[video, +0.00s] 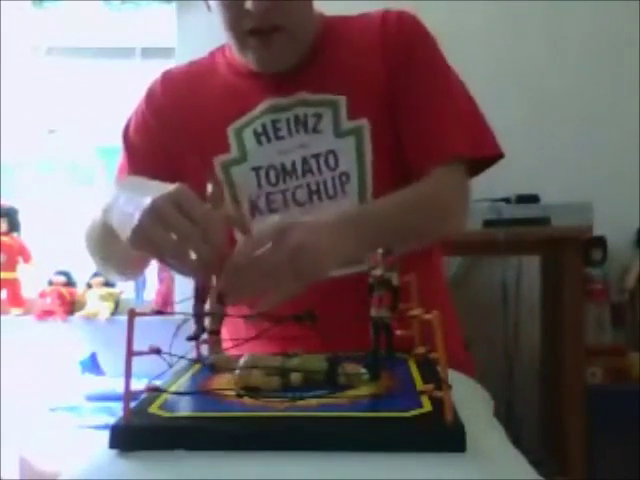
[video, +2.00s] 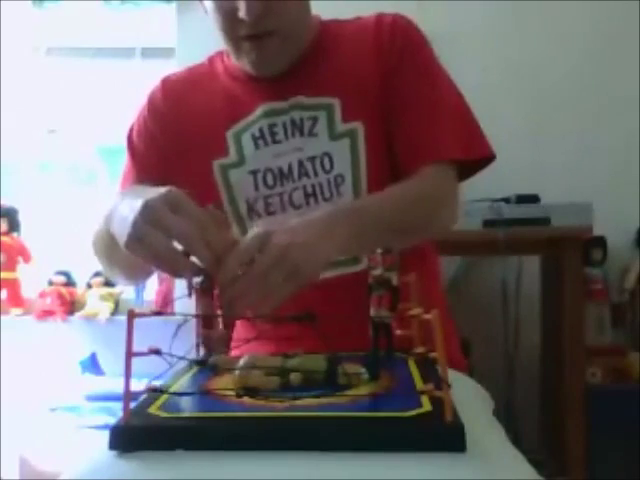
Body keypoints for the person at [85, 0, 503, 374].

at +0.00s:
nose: (255, 7)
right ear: (212, 4)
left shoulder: (391, 42)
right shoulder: (174, 98)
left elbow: (447, 202)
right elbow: (115, 260)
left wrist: (327, 242)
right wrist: (124, 208)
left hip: (409, 371)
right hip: (253, 382)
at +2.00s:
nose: (245, 12)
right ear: (205, 4)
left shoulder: (386, 46)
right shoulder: (173, 104)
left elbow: (439, 202)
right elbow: (123, 266)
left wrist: (320, 236)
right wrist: (124, 214)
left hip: (403, 367)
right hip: (256, 377)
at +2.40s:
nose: (242, 17)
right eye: (221, 1)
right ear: (202, 4)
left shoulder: (385, 46)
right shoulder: (171, 105)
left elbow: (433, 200)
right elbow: (122, 268)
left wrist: (327, 246)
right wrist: (121, 220)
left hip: (400, 379)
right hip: (242, 393)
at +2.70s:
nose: (240, 17)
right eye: (219, 0)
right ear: (200, 3)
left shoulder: (382, 45)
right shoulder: (169, 105)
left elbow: (433, 199)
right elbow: (123, 270)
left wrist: (329, 246)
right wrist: (118, 223)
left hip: (399, 378)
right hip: (244, 393)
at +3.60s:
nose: (237, 11)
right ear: (202, 8)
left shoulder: (382, 42)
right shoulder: (173, 105)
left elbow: (397, 184)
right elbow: (129, 270)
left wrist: (284, 265)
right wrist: (122, 215)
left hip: (399, 382)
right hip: (242, 398)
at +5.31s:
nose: (249, 12)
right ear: (201, 8)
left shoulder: (393, 50)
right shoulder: (179, 114)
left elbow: (484, 159)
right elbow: (149, 282)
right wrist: (90, 260)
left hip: (417, 370)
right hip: (268, 391)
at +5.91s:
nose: (399, 5)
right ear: (363, 2)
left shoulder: (533, 70)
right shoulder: (312, 93)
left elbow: (604, 217)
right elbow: (287, 221)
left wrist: (630, 339)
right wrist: (236, 306)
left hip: (519, 405)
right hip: (366, 413)